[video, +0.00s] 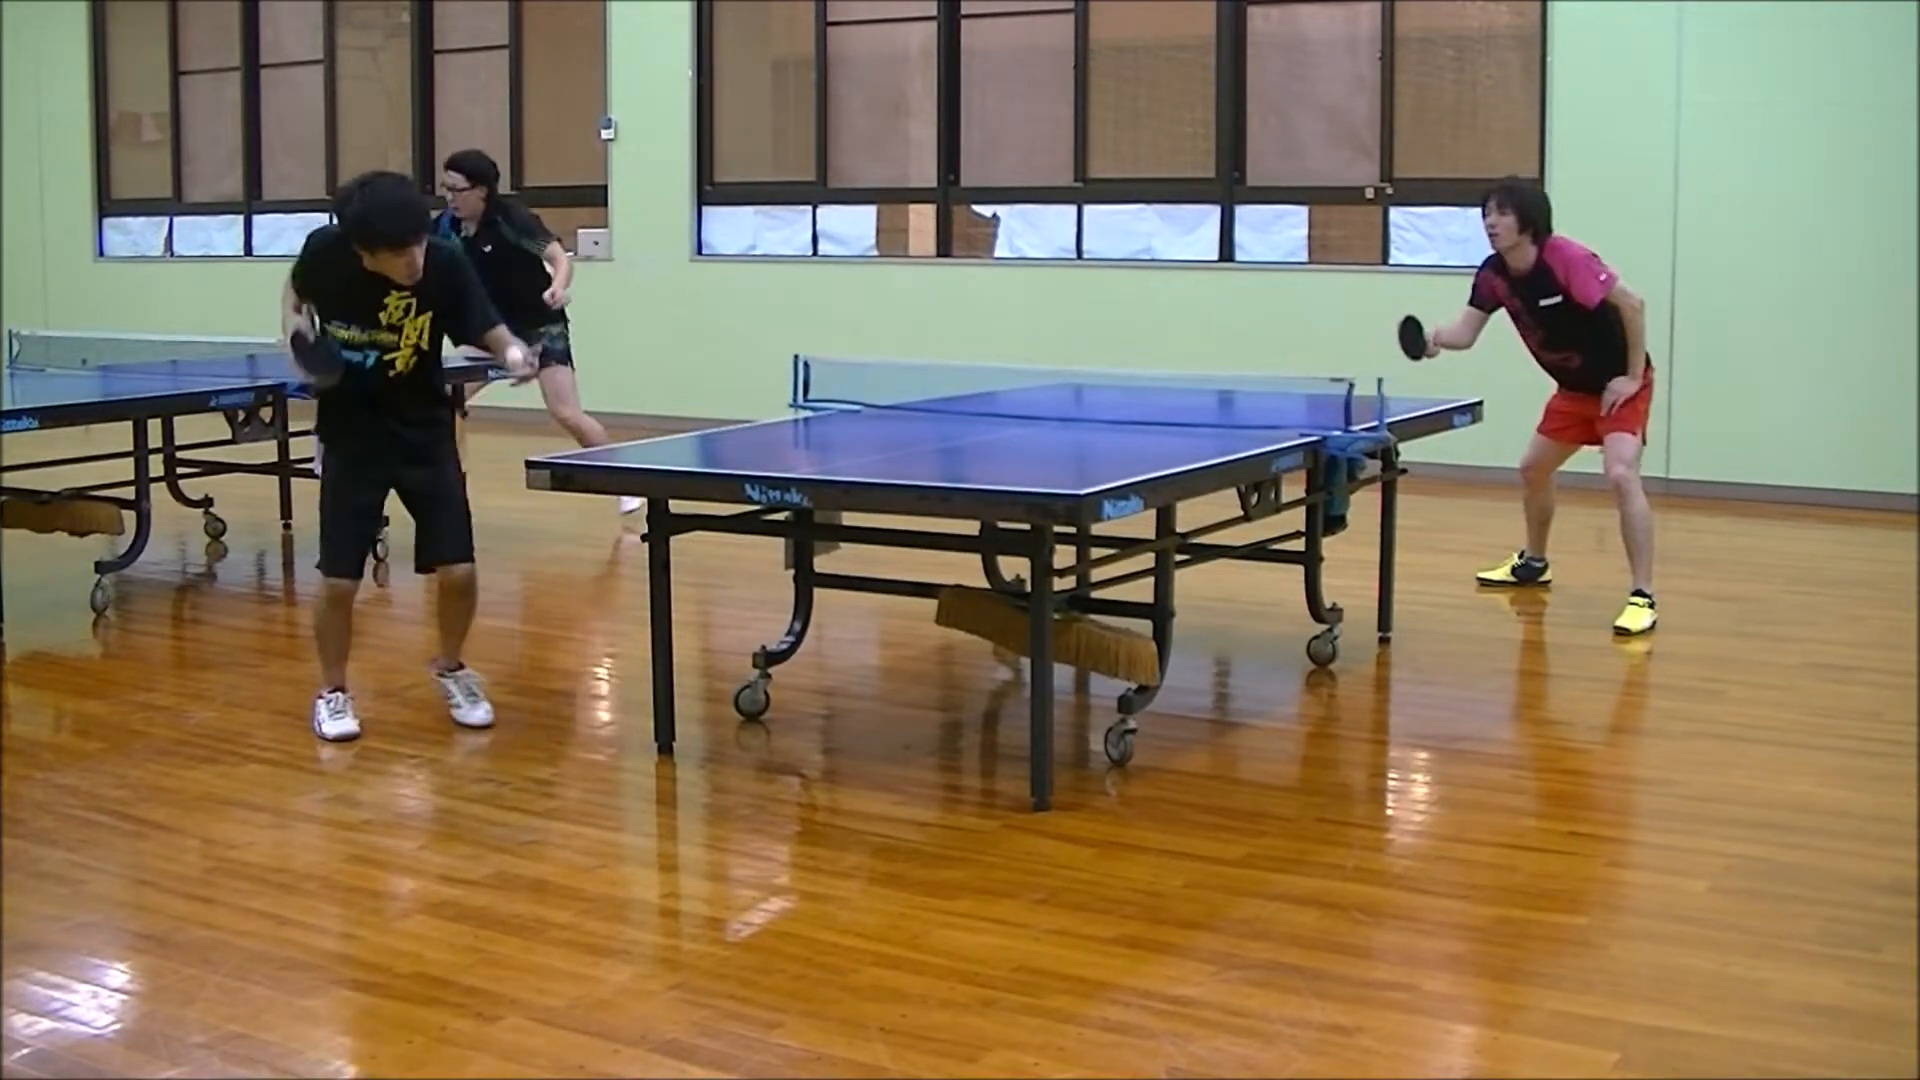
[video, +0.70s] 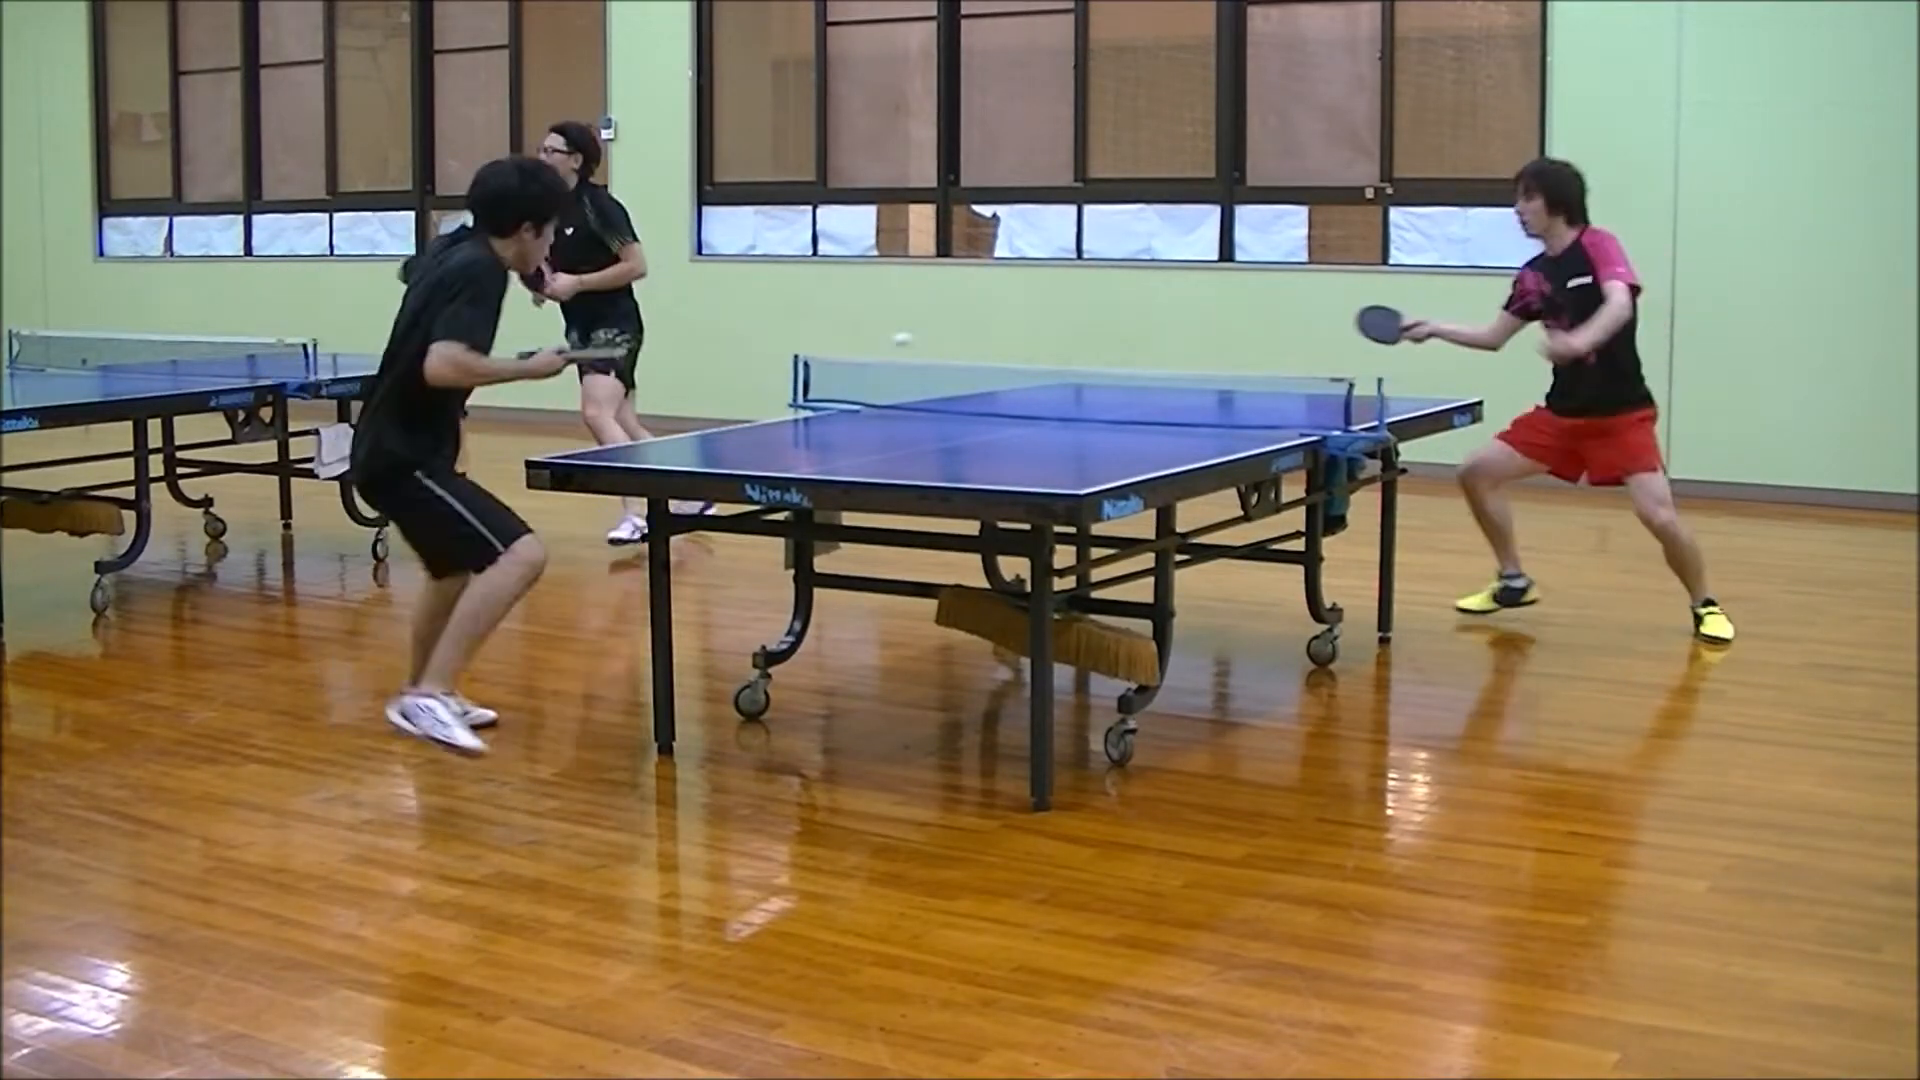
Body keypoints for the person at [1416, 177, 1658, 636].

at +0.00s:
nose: (1491, 224)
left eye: (1502, 215)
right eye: (1487, 215)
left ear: (1529, 221)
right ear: (1485, 221)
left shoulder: (1565, 258)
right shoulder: (1493, 273)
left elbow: (1632, 305)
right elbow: (1465, 333)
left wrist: (1634, 374)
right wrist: (1434, 337)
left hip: (1622, 381)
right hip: (1573, 387)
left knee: (1620, 473)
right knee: (1534, 469)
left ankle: (1642, 596)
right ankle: (1533, 562)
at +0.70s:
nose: (1518, 209)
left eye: (1527, 199)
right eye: (1518, 200)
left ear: (1556, 203)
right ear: (1537, 204)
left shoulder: (1599, 244)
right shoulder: (1535, 274)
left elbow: (1620, 306)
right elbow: (1494, 336)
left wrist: (1578, 341)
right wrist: (1435, 328)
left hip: (1623, 417)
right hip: (1562, 417)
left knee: (1660, 517)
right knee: (1477, 475)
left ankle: (1705, 604)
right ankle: (1512, 580)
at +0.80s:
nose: (1473, 210)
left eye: (1480, 200)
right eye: (1473, 201)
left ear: (1508, 203)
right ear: (1500, 208)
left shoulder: (1549, 235)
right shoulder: (1492, 274)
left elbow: (1569, 263)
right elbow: (1450, 343)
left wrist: (1512, 266)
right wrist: (1386, 357)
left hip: (1590, 414)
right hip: (1530, 413)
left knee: (1640, 517)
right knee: (1439, 467)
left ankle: (1700, 603)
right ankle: (1420, 585)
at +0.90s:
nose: (1407, 224)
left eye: (1414, 215)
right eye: (1407, 215)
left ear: (1440, 216)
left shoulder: (1471, 240)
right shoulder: (1444, 293)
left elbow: (1499, 227)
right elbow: (1427, 370)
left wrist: (1491, 227)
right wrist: (1392, 403)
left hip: (1543, 405)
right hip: (1493, 413)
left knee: (1595, 516)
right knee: (1406, 486)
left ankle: (1664, 596)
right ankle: (1367, 595)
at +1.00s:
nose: (1346, 249)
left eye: (1351, 239)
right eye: (1345, 240)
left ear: (1377, 237)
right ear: (1372, 241)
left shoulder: (1411, 253)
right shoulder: (1399, 295)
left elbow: (1448, 234)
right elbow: (1404, 379)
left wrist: (1489, 212)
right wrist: (1390, 434)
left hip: (1500, 397)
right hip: (1451, 408)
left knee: (1560, 510)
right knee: (1367, 473)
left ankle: (1639, 598)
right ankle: (1366, 595)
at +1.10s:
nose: (1309, 247)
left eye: (1314, 236)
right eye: (1309, 237)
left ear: (1339, 236)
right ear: (1341, 238)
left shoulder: (1394, 247)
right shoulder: (1358, 303)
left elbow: (1455, 234)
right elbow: (1336, 370)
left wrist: (1515, 221)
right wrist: (1286, 403)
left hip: (1477, 386)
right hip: (1423, 405)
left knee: (1544, 489)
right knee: (1350, 477)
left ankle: (1618, 586)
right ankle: (1365, 596)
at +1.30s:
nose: (1320, 211)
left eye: (1325, 200)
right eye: (1318, 202)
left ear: (1351, 194)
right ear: (1324, 202)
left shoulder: (1408, 216)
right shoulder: (1324, 236)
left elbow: (1467, 189)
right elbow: (1277, 185)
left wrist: (1492, 156)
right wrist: (1323, 140)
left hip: (1445, 358)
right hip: (1382, 383)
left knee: (1528, 373)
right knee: (1339, 472)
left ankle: (1536, 479)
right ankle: (1363, 590)